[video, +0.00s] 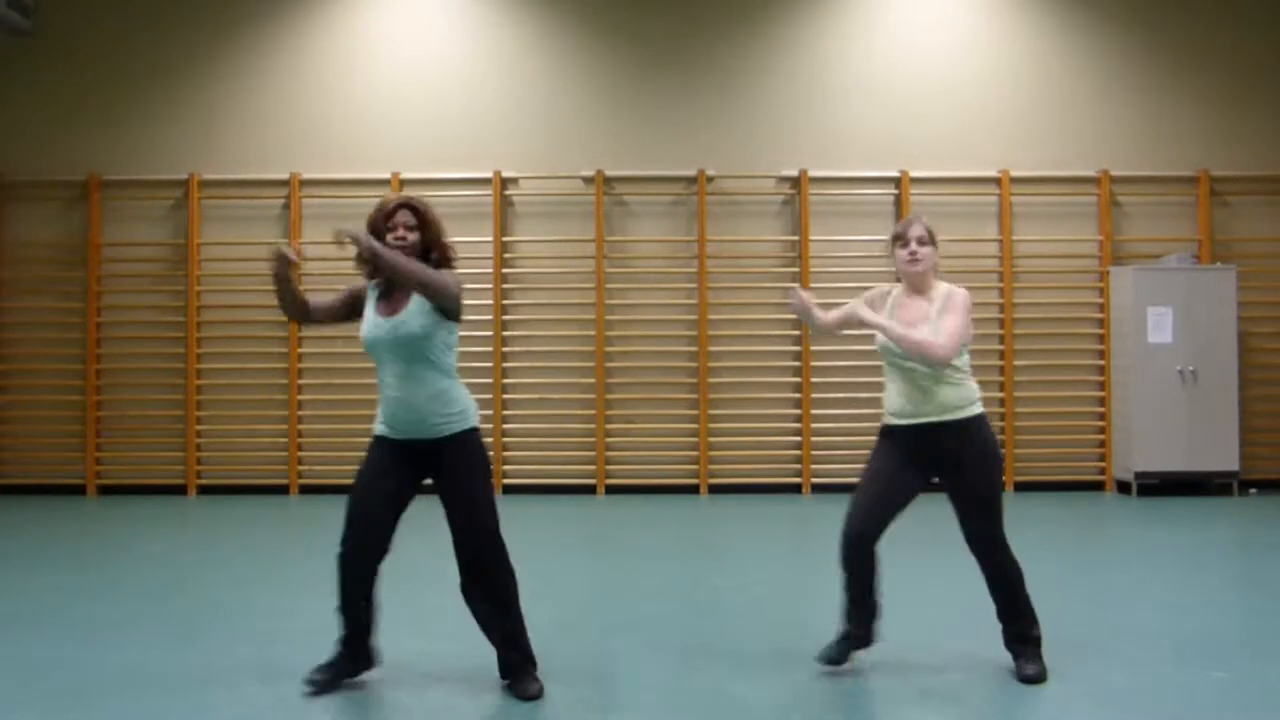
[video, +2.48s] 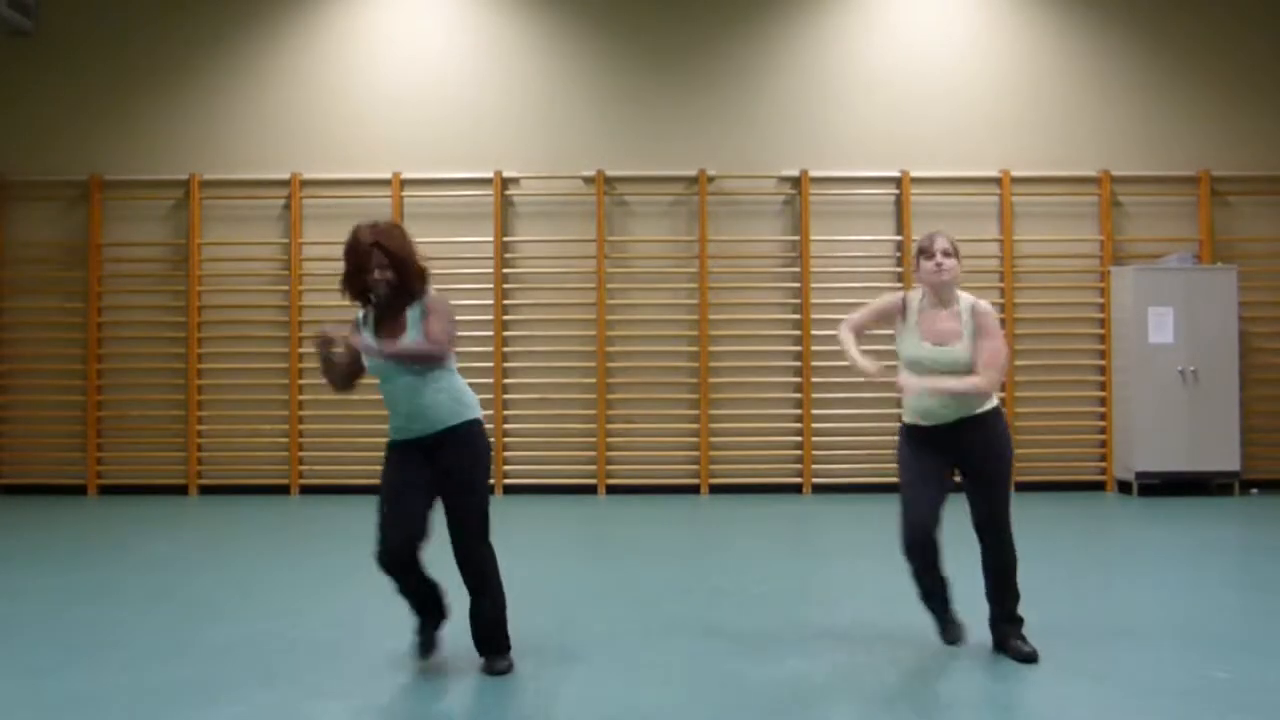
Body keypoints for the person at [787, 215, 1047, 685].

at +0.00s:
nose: (914, 250)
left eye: (922, 243)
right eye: (904, 244)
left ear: (936, 252)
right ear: (893, 254)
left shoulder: (954, 298)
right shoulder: (880, 299)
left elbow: (941, 351)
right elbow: (827, 322)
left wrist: (876, 321)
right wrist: (808, 309)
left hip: (963, 436)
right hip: (902, 439)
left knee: (988, 543)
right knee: (857, 532)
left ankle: (1026, 647)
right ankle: (857, 632)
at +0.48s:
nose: (826, 245)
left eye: (837, 239)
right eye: (820, 237)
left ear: (853, 251)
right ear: (809, 247)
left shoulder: (859, 298)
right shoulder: (802, 293)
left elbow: (828, 346)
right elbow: (768, 314)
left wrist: (775, 317)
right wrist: (751, 310)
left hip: (846, 435)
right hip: (795, 430)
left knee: (838, 542)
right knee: (737, 520)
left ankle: (869, 647)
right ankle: (781, 619)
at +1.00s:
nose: (722, 267)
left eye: (732, 260)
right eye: (715, 260)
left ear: (746, 269)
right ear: (704, 269)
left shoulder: (767, 320)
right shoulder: (686, 318)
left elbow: (773, 391)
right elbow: (636, 369)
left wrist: (723, 422)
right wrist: (652, 412)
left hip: (728, 451)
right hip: (671, 440)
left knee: (712, 558)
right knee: (652, 546)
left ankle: (674, 627)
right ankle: (637, 639)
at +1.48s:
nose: (785, 251)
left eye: (792, 243)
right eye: (775, 244)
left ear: (802, 249)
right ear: (761, 253)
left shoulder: (820, 291)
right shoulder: (756, 298)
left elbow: (877, 298)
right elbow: (797, 308)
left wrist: (921, 283)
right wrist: (868, 284)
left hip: (820, 432)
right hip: (768, 432)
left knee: (834, 542)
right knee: (739, 537)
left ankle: (828, 638)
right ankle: (663, 626)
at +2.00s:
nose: (889, 255)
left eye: (894, 245)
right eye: (878, 252)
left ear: (905, 248)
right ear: (864, 263)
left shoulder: (919, 280)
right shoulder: (875, 303)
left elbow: (955, 264)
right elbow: (946, 298)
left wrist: (995, 236)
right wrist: (1000, 253)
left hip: (918, 427)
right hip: (871, 425)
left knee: (962, 528)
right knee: (828, 522)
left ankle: (1010, 631)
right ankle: (777, 622)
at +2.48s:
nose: (939, 262)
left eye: (947, 255)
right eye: (929, 256)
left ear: (959, 265)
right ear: (916, 267)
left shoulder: (981, 314)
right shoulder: (902, 305)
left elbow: (987, 383)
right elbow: (846, 327)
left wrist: (922, 384)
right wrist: (861, 362)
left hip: (980, 430)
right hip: (922, 435)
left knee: (995, 532)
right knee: (916, 535)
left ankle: (1007, 629)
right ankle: (941, 613)